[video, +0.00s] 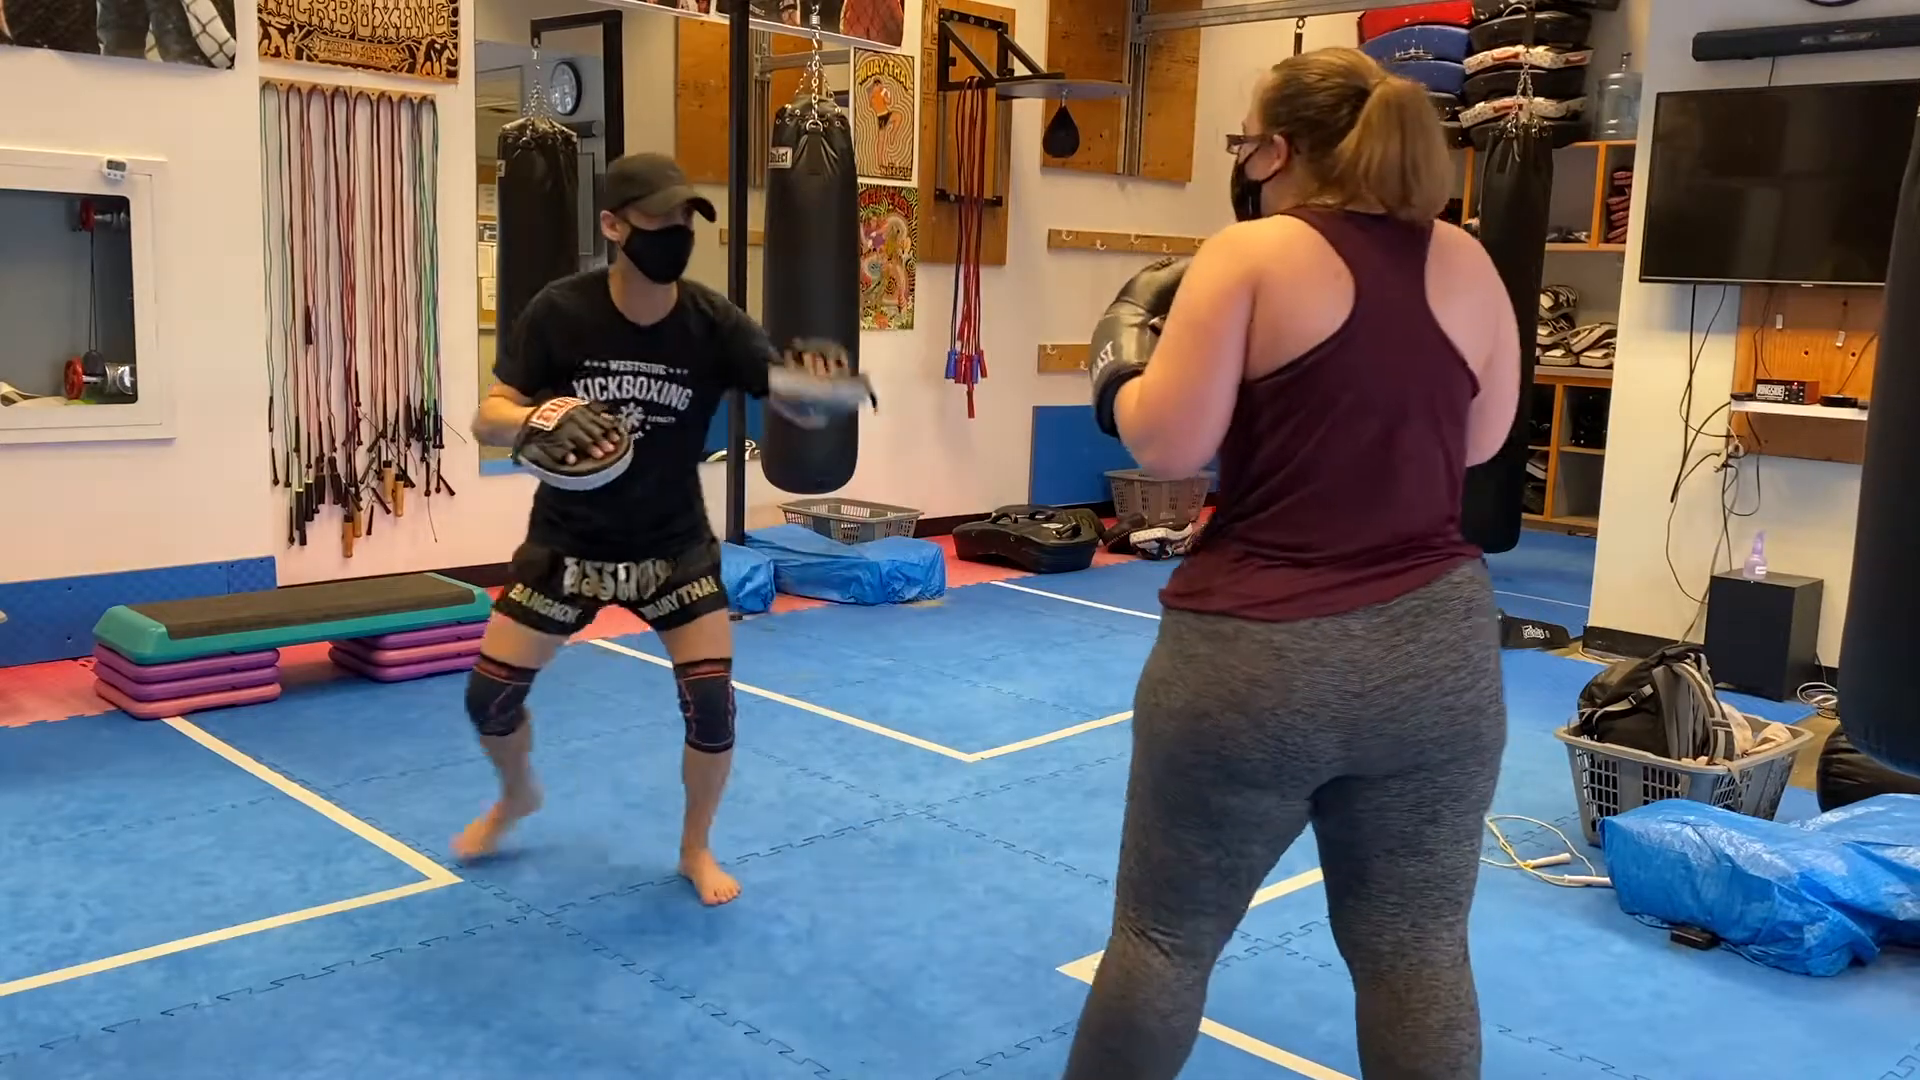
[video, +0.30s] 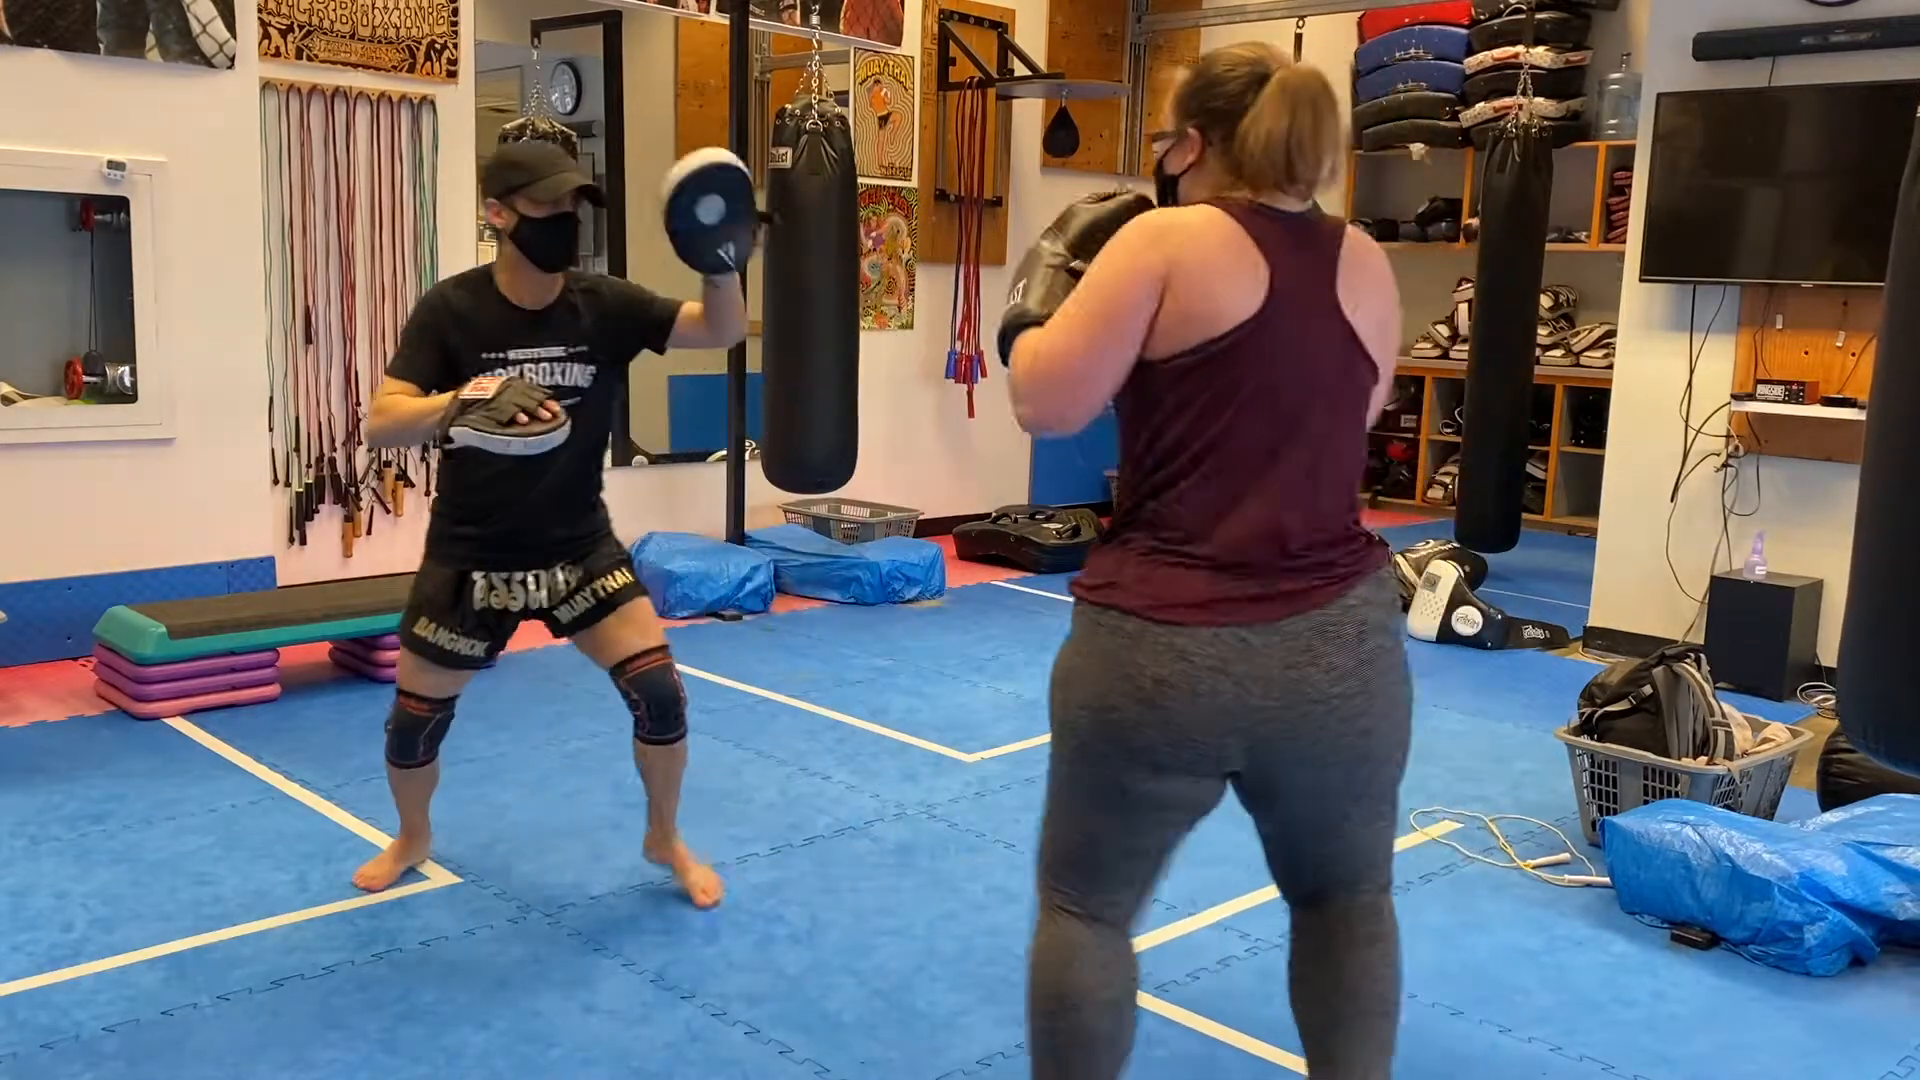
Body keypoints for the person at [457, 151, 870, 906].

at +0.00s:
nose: (678, 232)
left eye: (685, 218)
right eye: (659, 219)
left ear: (695, 222)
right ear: (614, 225)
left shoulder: (714, 321)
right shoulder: (560, 312)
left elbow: (796, 395)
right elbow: (490, 418)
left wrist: (819, 387)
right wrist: (541, 417)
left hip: (673, 540)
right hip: (568, 538)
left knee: (714, 704)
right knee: (489, 698)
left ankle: (696, 848)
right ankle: (519, 795)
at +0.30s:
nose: (568, 220)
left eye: (574, 204)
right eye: (548, 206)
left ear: (586, 204)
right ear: (499, 212)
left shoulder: (607, 305)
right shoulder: (450, 310)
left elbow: (721, 326)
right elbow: (383, 421)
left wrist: (722, 248)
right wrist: (460, 400)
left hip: (578, 544)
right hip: (469, 552)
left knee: (662, 696)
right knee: (412, 728)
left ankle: (664, 836)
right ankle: (411, 840)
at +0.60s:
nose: (562, 223)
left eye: (569, 206)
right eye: (542, 210)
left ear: (581, 204)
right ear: (490, 214)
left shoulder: (611, 312)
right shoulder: (439, 317)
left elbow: (731, 347)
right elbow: (354, 424)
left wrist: (706, 255)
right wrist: (421, 416)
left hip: (573, 563)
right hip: (458, 566)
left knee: (620, 738)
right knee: (398, 743)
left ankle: (650, 916)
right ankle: (411, 833)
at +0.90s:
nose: (510, 244)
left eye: (517, 227)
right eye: (491, 232)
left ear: (527, 223)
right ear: (441, 234)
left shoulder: (567, 324)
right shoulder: (395, 333)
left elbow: (685, 352)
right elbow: (309, 453)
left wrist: (677, 279)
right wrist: (366, 455)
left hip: (534, 580)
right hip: (416, 583)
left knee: (596, 744)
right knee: (318, 751)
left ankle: (646, 913)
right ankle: (263, 873)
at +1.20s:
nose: (449, 259)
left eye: (460, 241)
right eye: (429, 246)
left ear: (473, 235)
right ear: (381, 243)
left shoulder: (501, 333)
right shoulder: (336, 334)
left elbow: (608, 394)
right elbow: (273, 454)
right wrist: (330, 464)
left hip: (486, 560)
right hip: (371, 570)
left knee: (575, 728)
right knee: (285, 742)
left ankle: (639, 883)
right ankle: (266, 872)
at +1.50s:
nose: (577, 276)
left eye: (592, 257)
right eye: (562, 258)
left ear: (611, 258)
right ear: (532, 259)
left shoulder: (643, 342)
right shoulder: (501, 338)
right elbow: (438, 419)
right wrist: (455, 483)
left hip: (614, 566)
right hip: (514, 558)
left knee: (649, 716)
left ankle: (673, 872)